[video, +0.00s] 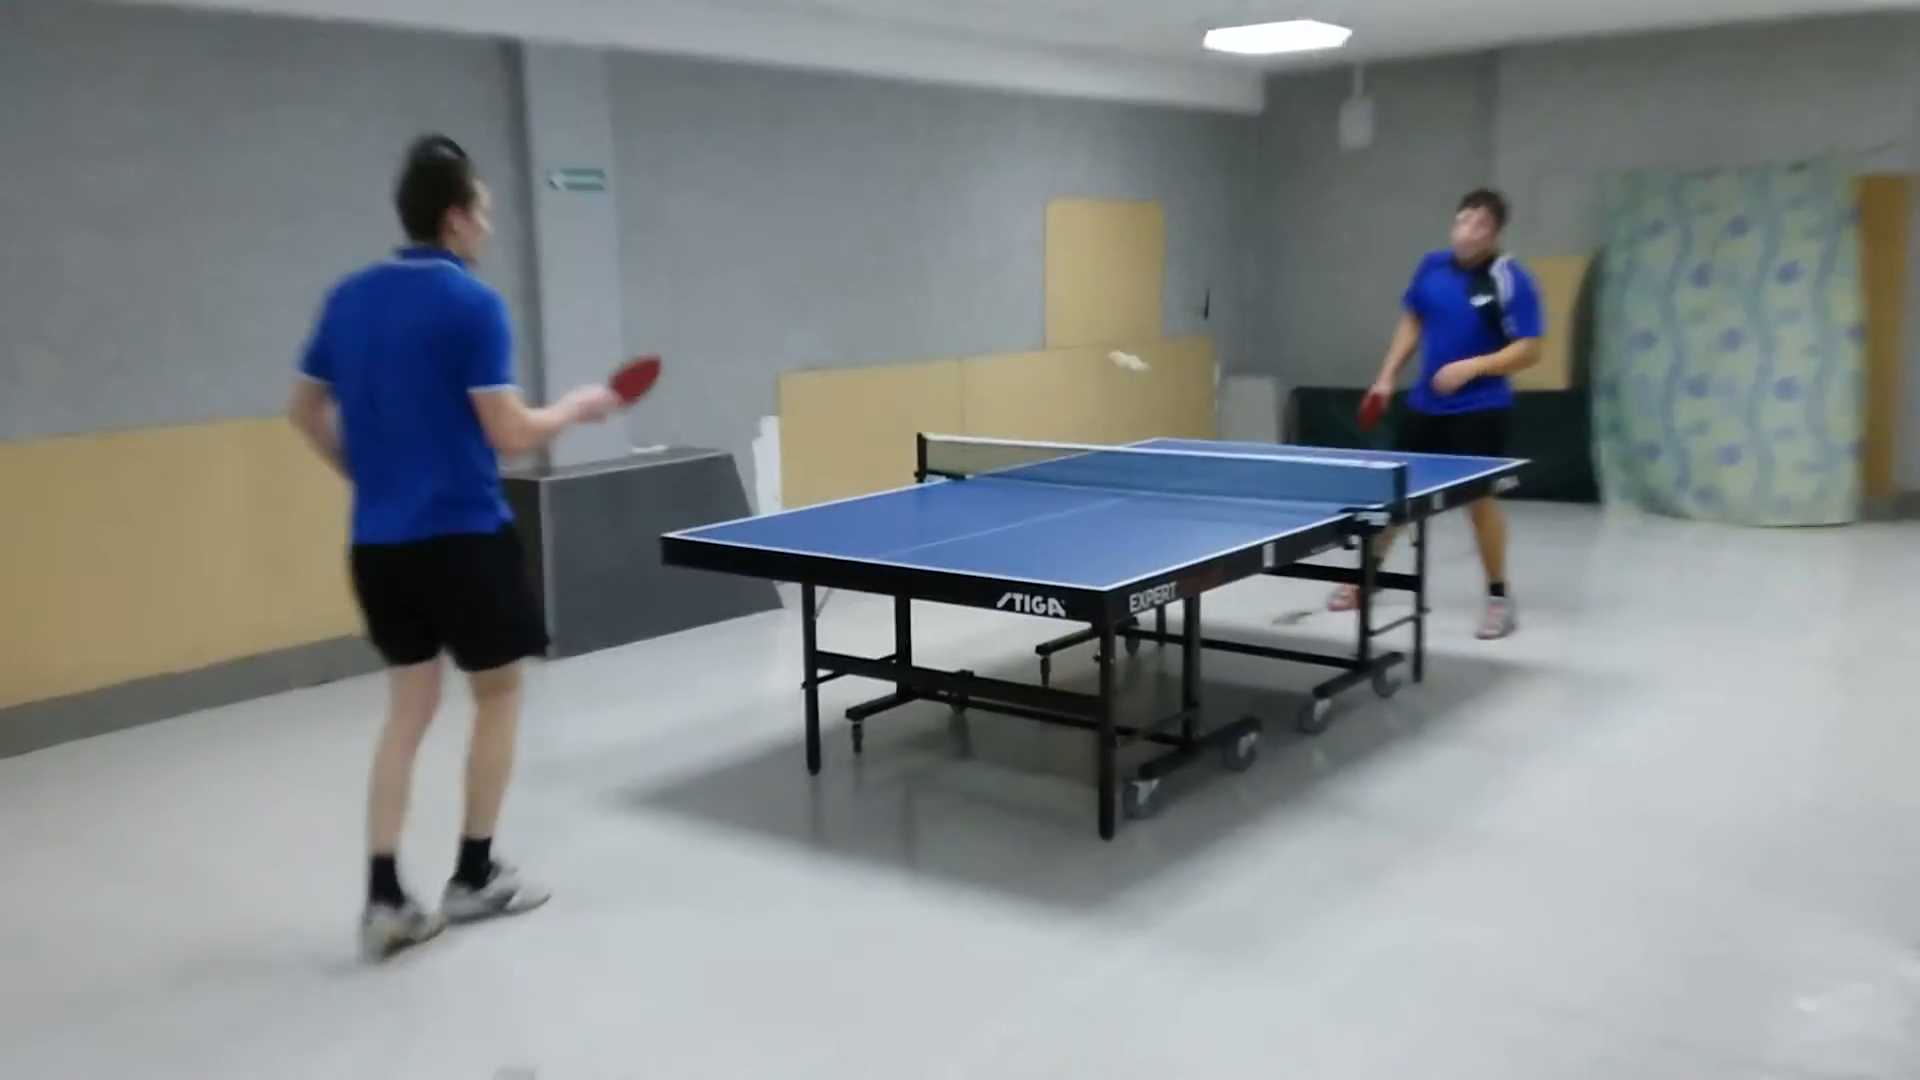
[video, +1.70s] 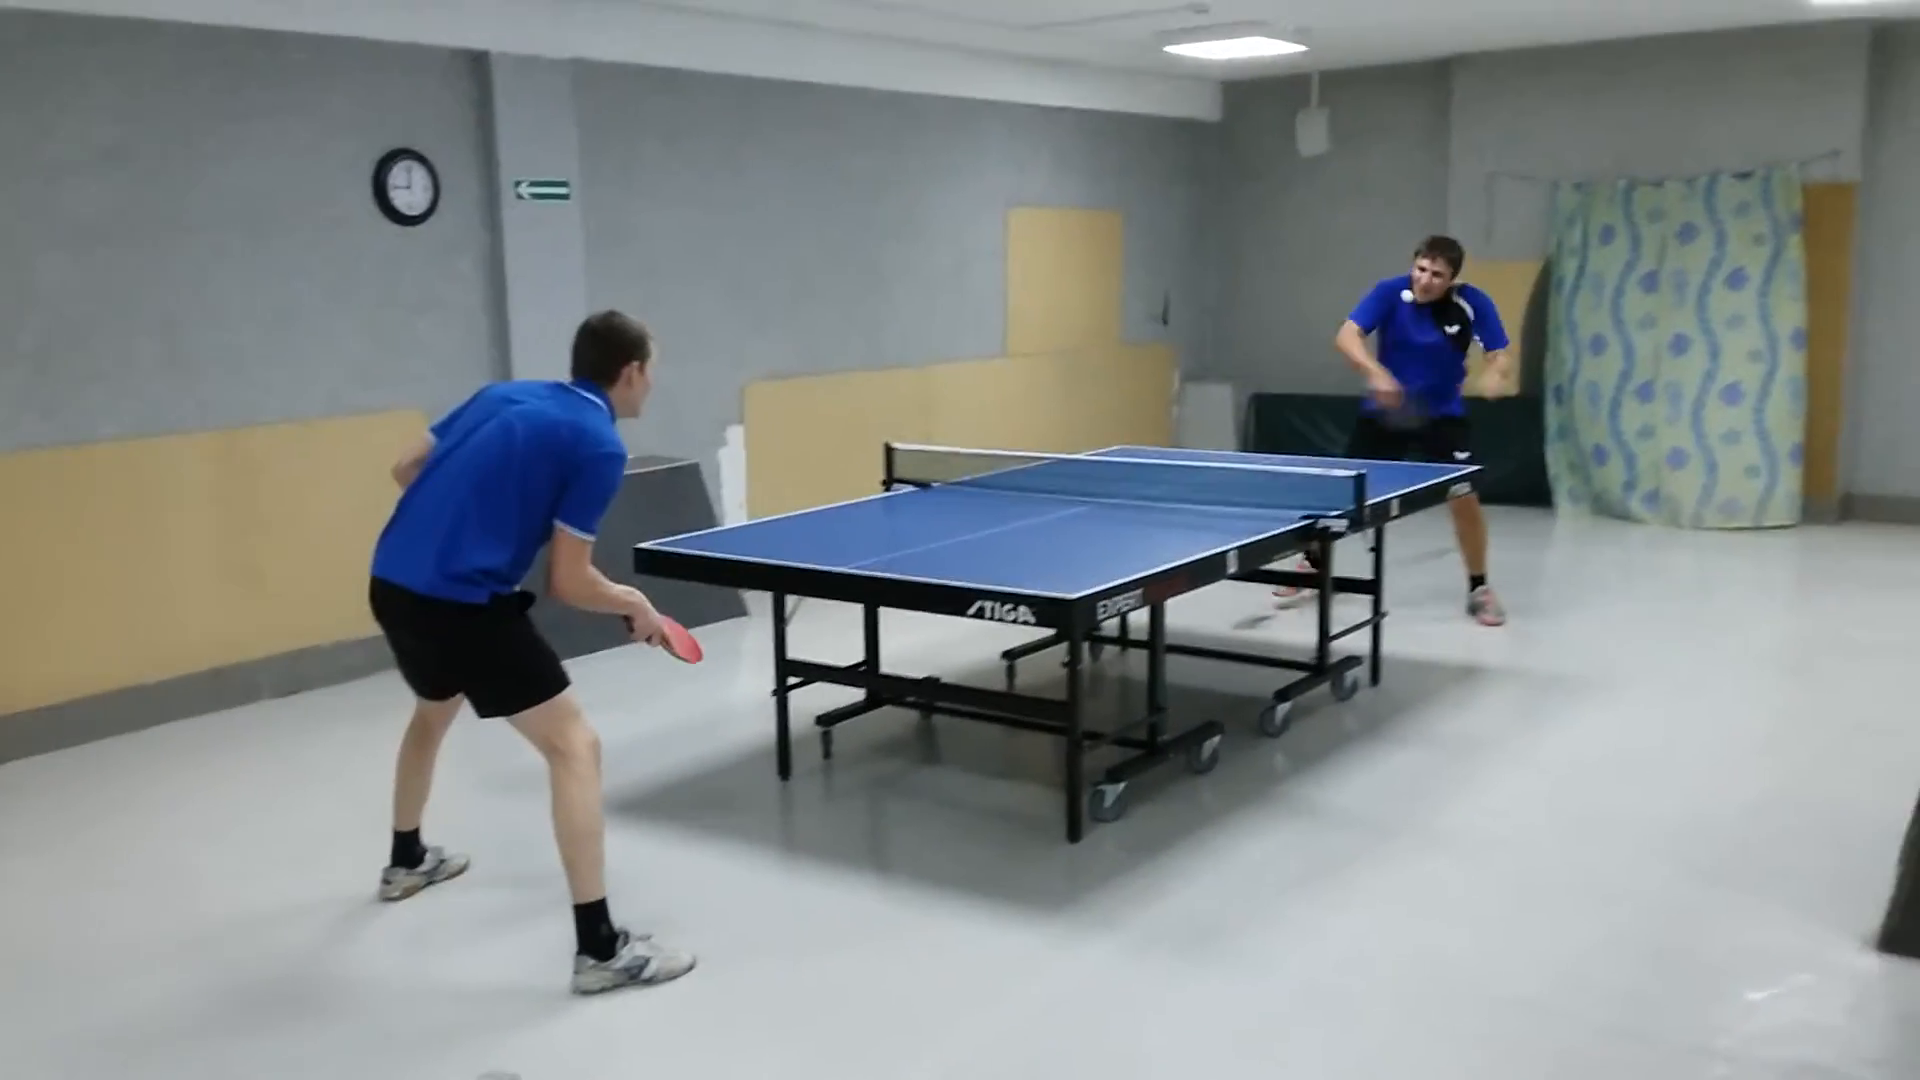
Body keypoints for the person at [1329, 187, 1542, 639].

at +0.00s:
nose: (1466, 230)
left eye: (1479, 225)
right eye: (1462, 221)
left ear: (1495, 235)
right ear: (1453, 225)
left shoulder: (1508, 278)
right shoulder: (1433, 267)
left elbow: (1527, 349)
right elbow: (1411, 322)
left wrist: (1469, 367)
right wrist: (1386, 378)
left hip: (1481, 410)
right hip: (1425, 405)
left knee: (1479, 499)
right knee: (1395, 494)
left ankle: (1497, 597)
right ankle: (1364, 580)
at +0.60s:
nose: (1442, 282)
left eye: (1450, 274)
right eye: (1434, 273)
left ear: (1463, 273)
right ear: (1421, 270)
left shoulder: (1482, 302)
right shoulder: (1398, 304)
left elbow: (1508, 363)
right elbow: (1373, 351)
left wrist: (1494, 368)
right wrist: (1345, 397)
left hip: (1478, 419)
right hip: (1414, 419)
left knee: (1503, 496)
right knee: (1373, 497)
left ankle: (1525, 589)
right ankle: (1347, 580)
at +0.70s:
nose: (1444, 310)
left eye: (1453, 303)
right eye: (1438, 301)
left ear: (1468, 297)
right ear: (1426, 292)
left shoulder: (1486, 321)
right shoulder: (1403, 315)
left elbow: (1506, 388)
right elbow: (1380, 360)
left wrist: (1490, 410)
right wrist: (1356, 405)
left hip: (1477, 421)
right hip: (1418, 420)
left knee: (1509, 493)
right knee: (1374, 492)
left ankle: (1526, 589)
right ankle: (1349, 580)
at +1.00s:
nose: (1432, 367)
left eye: (1443, 362)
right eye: (1429, 357)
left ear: (1458, 358)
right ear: (1419, 342)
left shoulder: (1474, 367)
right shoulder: (1394, 349)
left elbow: (1481, 433)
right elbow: (1344, 376)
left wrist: (1449, 451)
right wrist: (1350, 415)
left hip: (1458, 444)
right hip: (1399, 439)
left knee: (1505, 490)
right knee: (1355, 468)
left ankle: (1525, 589)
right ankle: (1342, 581)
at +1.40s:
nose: (1469, 319)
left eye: (1479, 312)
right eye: (1464, 308)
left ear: (1493, 311)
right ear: (1454, 300)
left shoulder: (1508, 338)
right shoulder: (1435, 317)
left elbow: (1501, 411)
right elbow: (1367, 343)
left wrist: (1473, 423)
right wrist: (1355, 390)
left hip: (1494, 431)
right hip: (1434, 426)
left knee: (1535, 483)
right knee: (1390, 488)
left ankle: (1555, 583)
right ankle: (1376, 575)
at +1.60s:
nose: (1440, 286)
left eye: (1451, 281)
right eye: (1436, 276)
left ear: (1468, 282)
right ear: (1428, 270)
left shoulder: (1486, 305)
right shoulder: (1407, 295)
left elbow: (1490, 373)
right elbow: (1347, 324)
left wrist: (1461, 363)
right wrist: (1328, 359)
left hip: (1463, 422)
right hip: (1404, 418)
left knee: (1486, 492)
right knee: (1359, 493)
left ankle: (1503, 586)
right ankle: (1327, 576)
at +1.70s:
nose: (1425, 280)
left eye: (1436, 275)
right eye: (1421, 270)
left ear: (1453, 279)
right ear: (1414, 265)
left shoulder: (1471, 303)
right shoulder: (1390, 293)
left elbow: (1501, 353)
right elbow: (1347, 336)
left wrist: (1493, 375)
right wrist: (1376, 372)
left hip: (1443, 416)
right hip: (1387, 411)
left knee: (1463, 494)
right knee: (1342, 486)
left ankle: (1479, 589)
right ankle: (1313, 567)